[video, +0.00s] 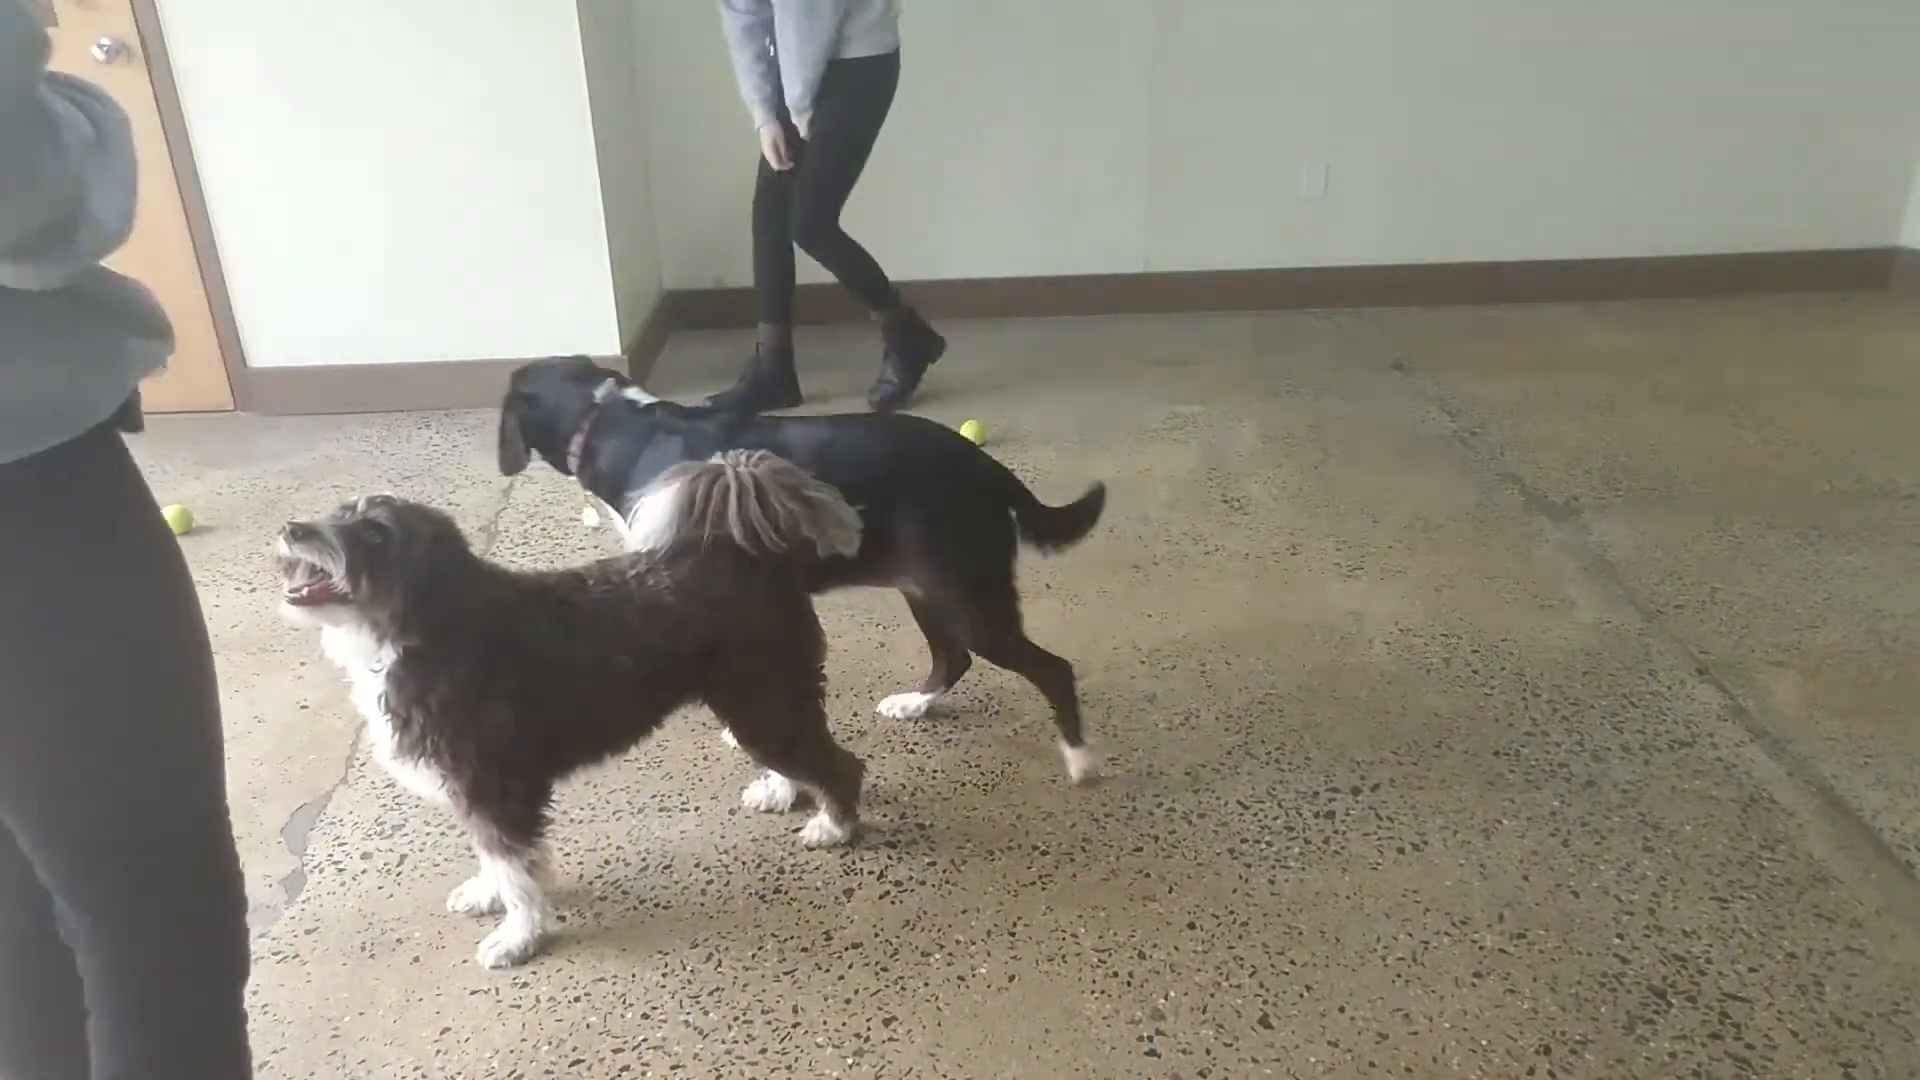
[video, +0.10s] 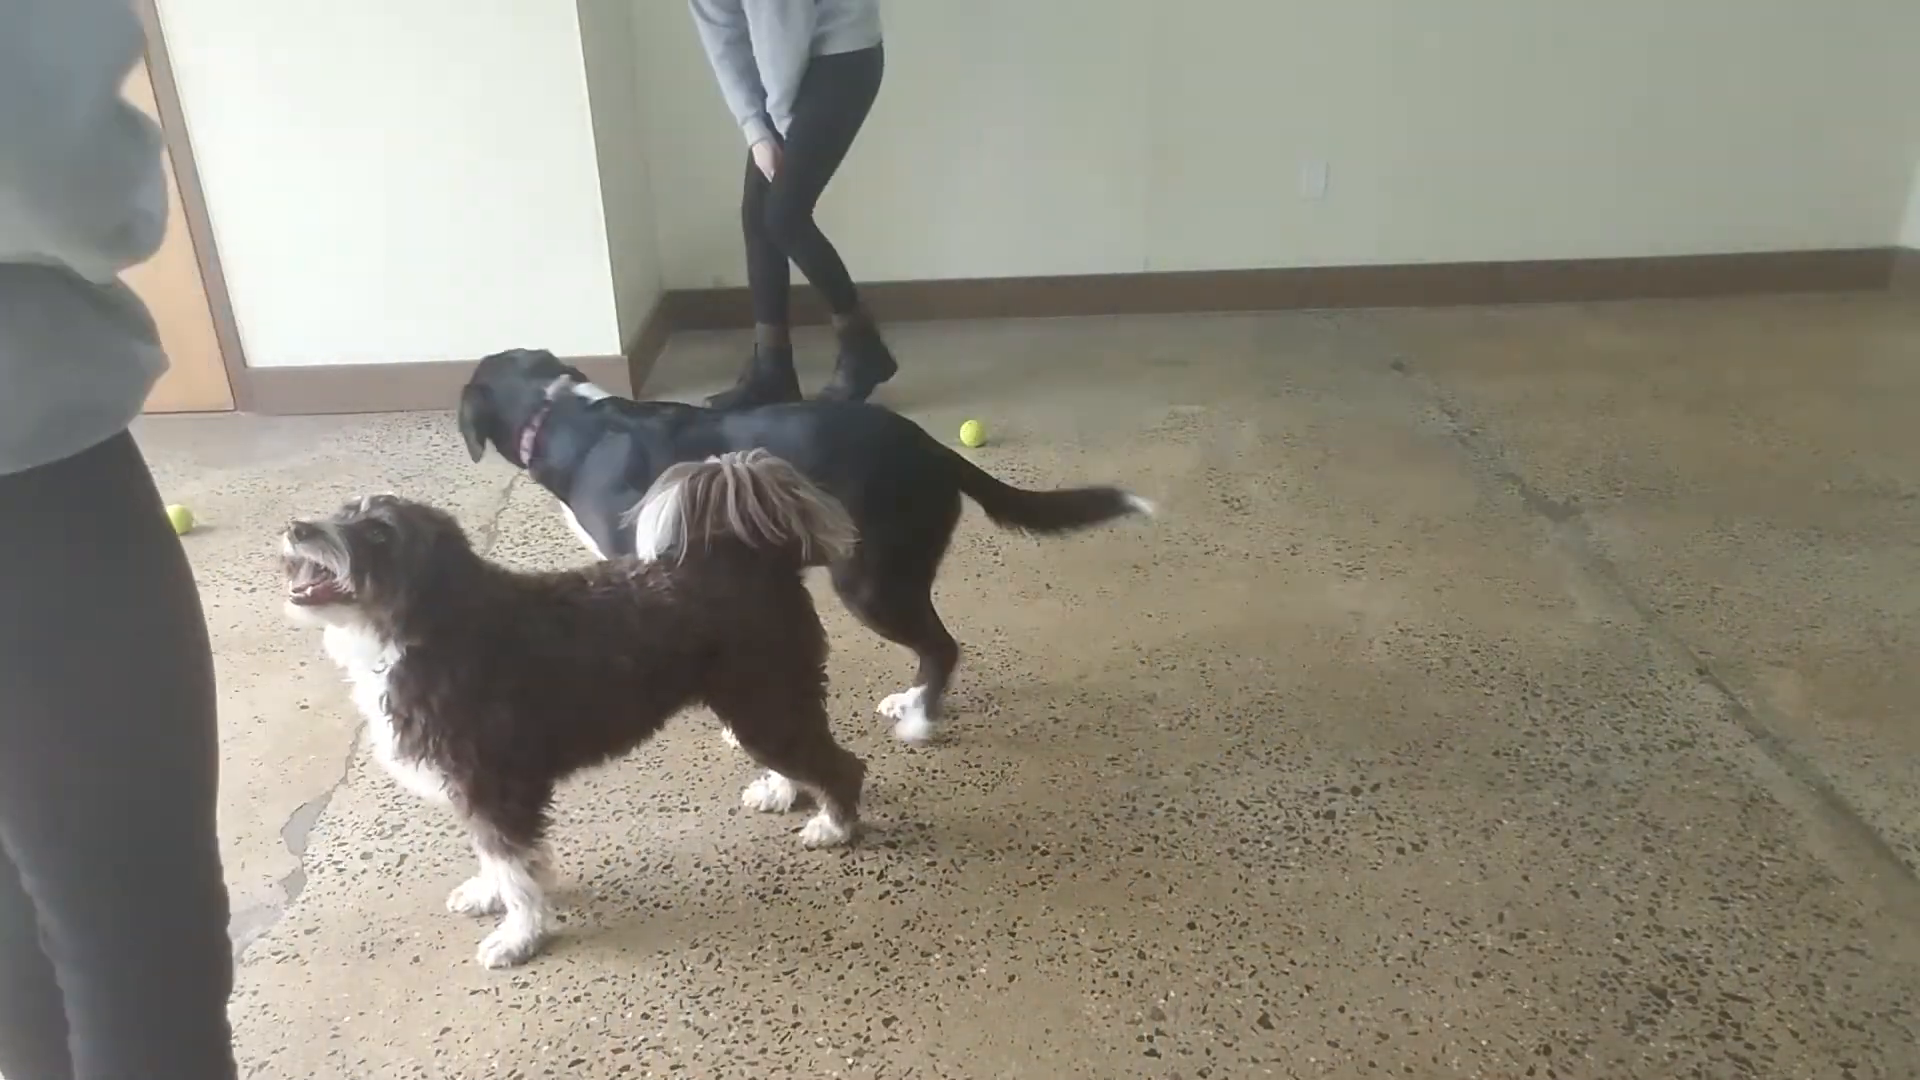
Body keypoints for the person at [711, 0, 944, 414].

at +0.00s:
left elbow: (810, 16)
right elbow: (741, 16)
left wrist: (800, 103)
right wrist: (765, 115)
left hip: (861, 56)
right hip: (794, 58)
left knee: (811, 221)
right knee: (770, 209)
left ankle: (910, 335)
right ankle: (774, 369)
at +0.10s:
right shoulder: (707, 6)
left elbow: (783, 33)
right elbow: (721, 39)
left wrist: (781, 119)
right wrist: (755, 130)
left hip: (843, 50)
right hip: (777, 58)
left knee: (785, 215)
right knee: (757, 213)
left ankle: (865, 349)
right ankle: (772, 370)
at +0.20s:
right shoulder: (684, 7)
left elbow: (770, 49)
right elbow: (713, 59)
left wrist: (771, 130)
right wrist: (755, 142)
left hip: (830, 52)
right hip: (766, 56)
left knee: (782, 213)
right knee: (754, 211)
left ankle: (810, 377)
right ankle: (769, 364)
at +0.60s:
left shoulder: (681, 5)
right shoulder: (636, 17)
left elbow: (748, 79)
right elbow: (697, 89)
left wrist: (773, 128)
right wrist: (756, 154)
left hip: (816, 52)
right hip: (765, 62)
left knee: (782, 216)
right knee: (754, 217)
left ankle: (790, 384)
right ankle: (764, 372)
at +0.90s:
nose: (556, 7)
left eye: (553, 3)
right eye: (550, 5)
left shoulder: (664, 3)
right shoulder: (628, 19)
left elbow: (744, 80)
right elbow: (693, 92)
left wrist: (769, 130)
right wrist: (755, 155)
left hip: (811, 51)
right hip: (760, 62)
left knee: (779, 216)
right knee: (753, 216)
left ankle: (789, 384)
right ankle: (765, 371)